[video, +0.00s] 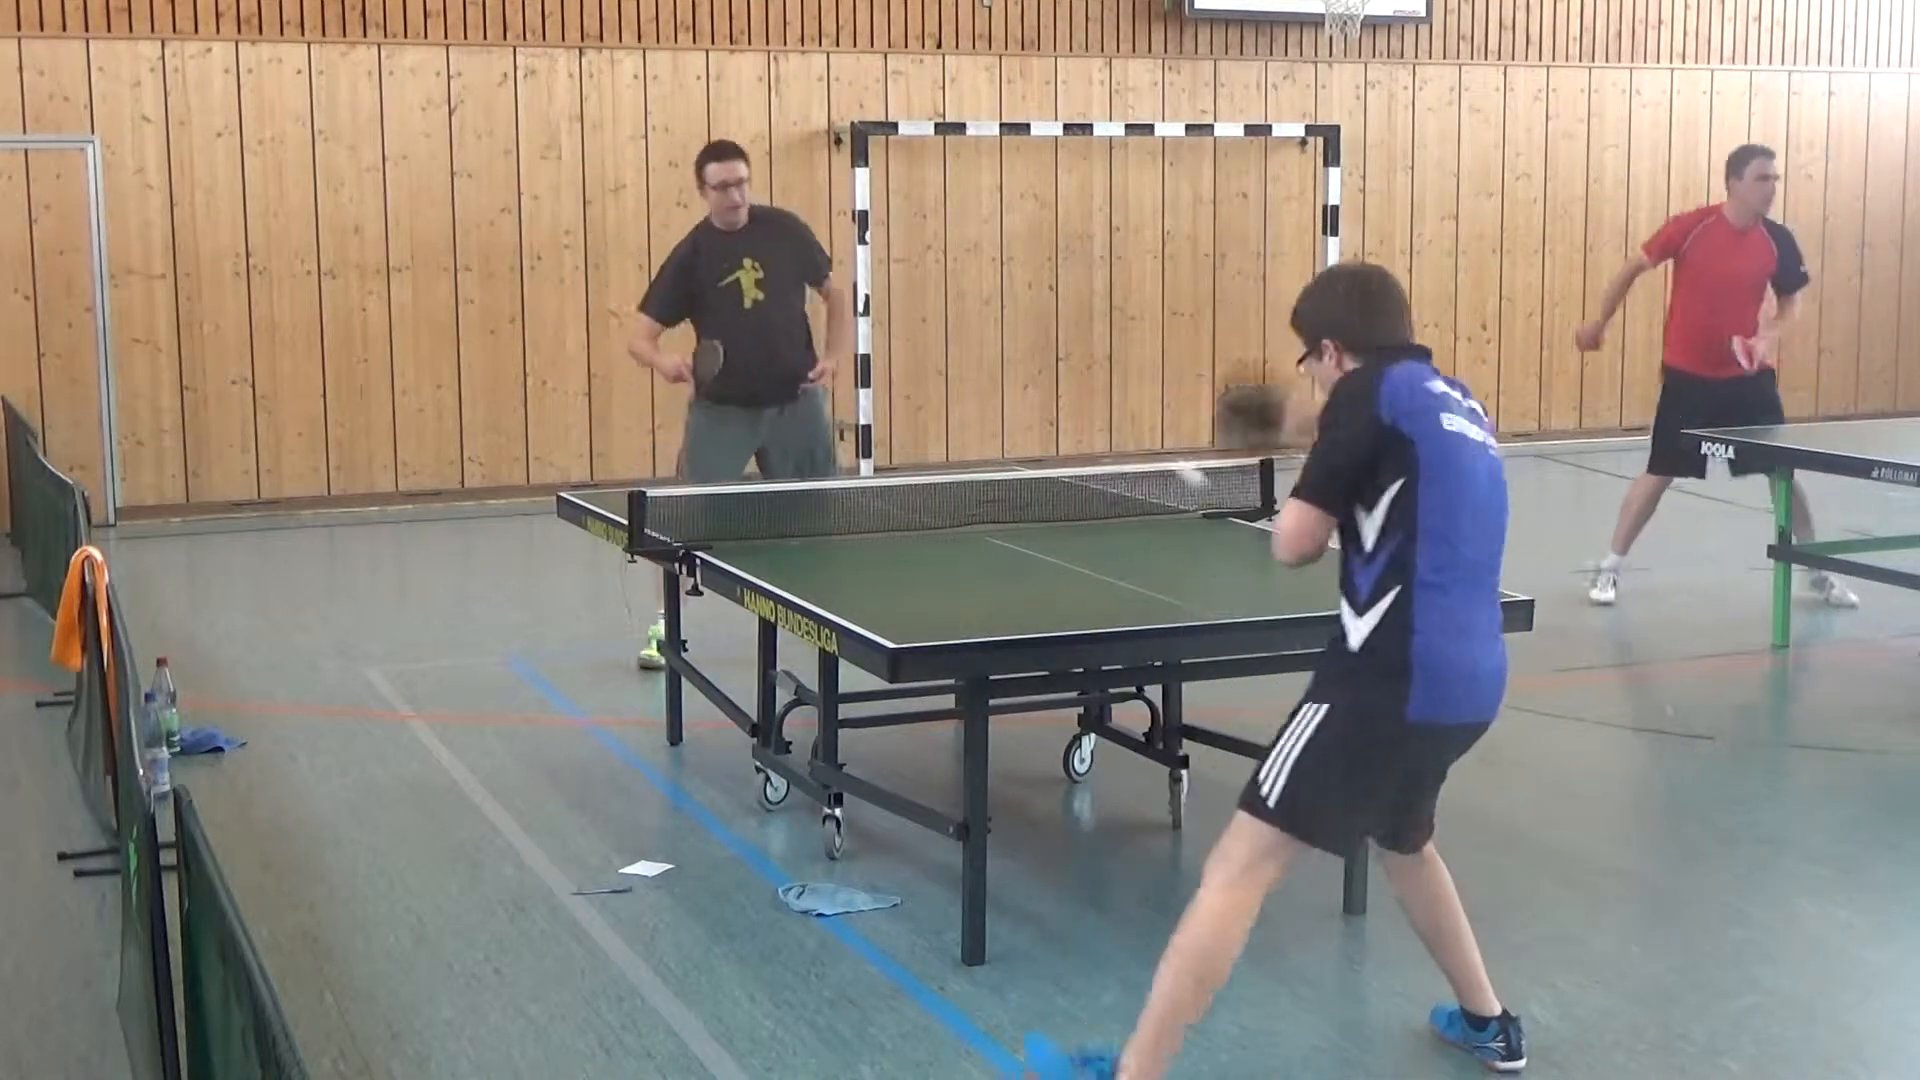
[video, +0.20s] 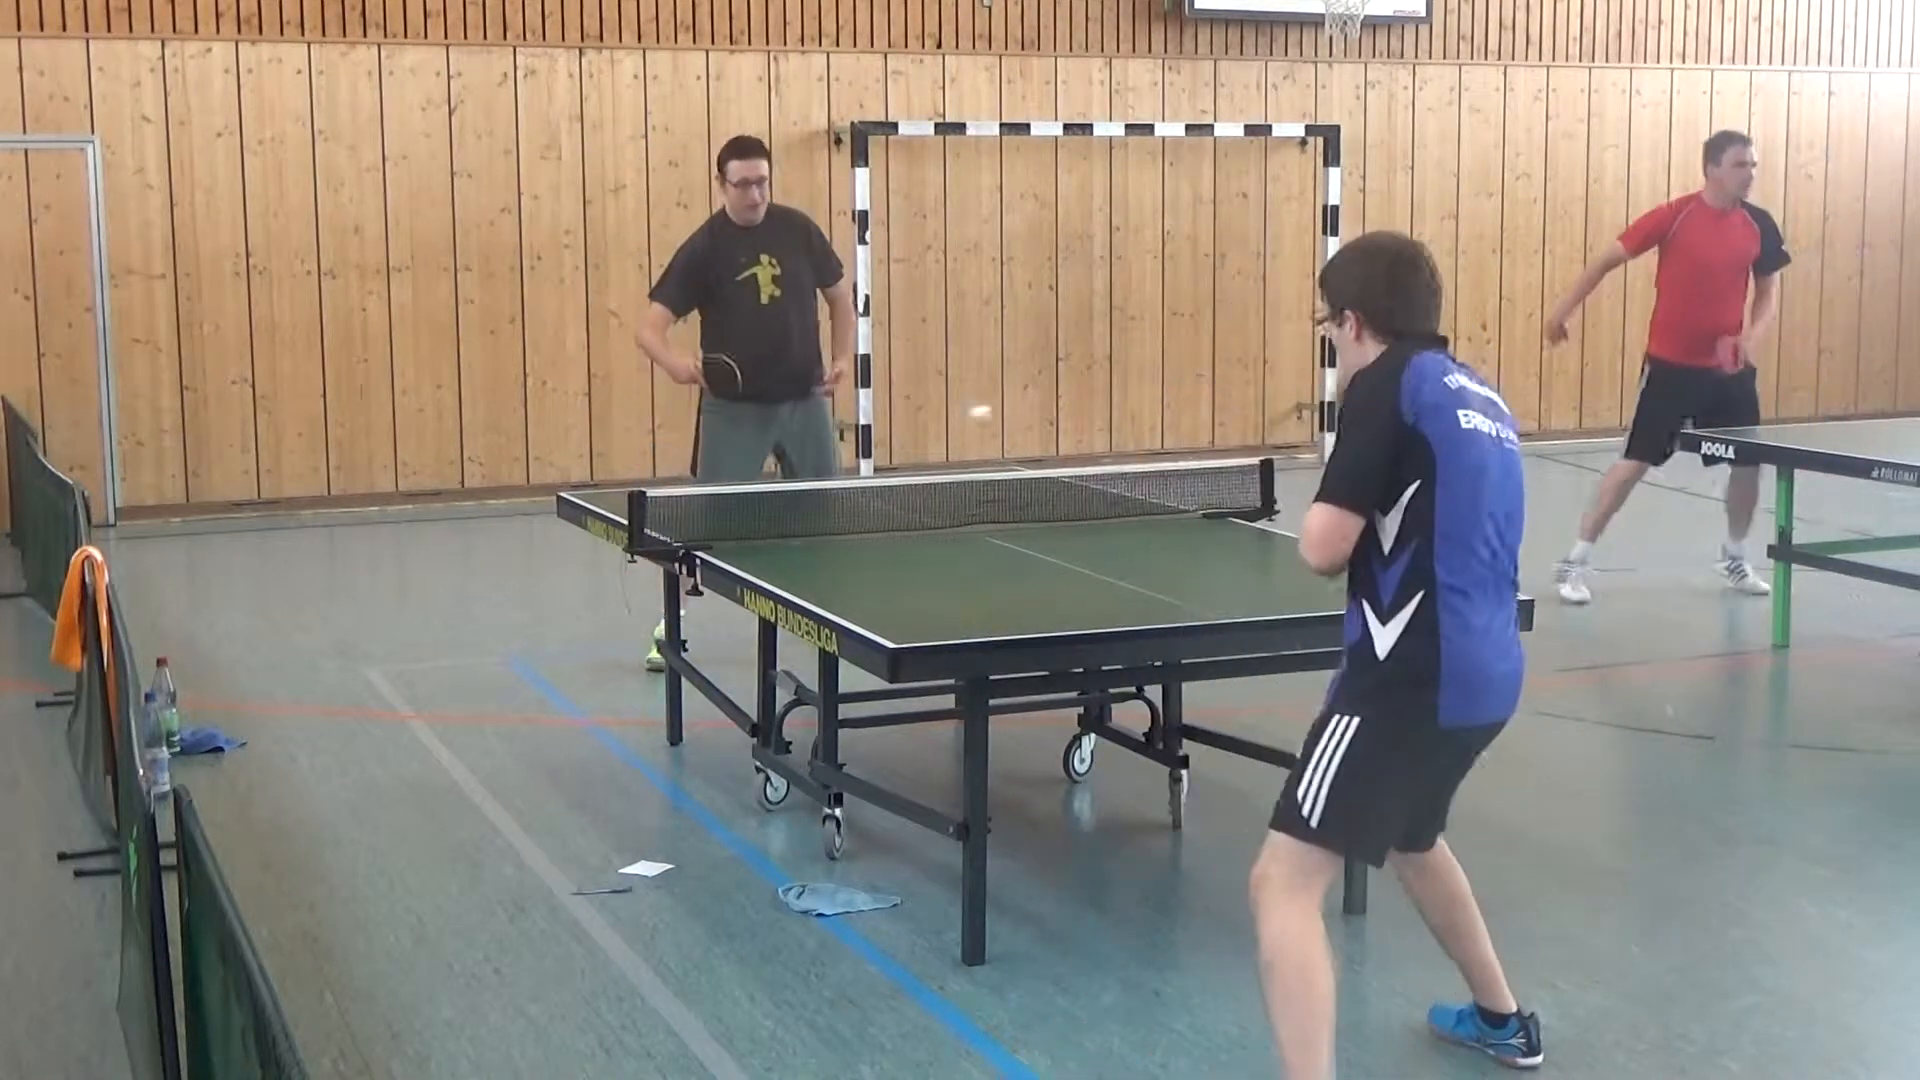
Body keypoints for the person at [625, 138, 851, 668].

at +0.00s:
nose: (733, 194)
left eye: (739, 183)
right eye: (720, 187)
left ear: (750, 182)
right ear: (702, 192)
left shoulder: (786, 229)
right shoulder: (692, 253)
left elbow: (837, 294)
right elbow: (639, 338)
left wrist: (835, 355)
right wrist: (661, 361)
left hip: (796, 406)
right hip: (721, 412)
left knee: (822, 520)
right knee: (688, 518)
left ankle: (835, 624)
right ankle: (668, 625)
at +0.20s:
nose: (753, 193)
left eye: (761, 182)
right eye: (742, 183)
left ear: (771, 181)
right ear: (722, 184)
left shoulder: (798, 229)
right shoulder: (704, 246)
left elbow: (840, 296)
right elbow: (649, 327)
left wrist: (842, 360)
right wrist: (671, 361)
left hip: (805, 404)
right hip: (733, 410)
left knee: (830, 518)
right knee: (708, 522)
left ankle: (839, 622)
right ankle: (673, 625)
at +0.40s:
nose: (751, 205)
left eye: (759, 194)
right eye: (740, 195)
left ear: (769, 189)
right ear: (719, 191)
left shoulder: (790, 232)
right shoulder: (699, 248)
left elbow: (826, 302)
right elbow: (651, 337)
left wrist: (837, 366)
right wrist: (684, 383)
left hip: (792, 408)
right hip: (719, 414)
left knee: (815, 518)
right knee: (691, 520)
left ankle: (827, 621)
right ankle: (670, 627)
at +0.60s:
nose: (742, 236)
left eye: (749, 224)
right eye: (731, 225)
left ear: (757, 219)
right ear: (707, 220)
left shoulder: (766, 259)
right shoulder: (682, 267)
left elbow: (796, 330)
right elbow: (649, 334)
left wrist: (816, 387)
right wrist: (687, 359)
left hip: (773, 417)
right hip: (701, 423)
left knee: (808, 517)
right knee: (672, 524)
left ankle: (817, 617)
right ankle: (666, 629)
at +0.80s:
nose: (690, 191)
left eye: (697, 180)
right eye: (677, 182)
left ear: (708, 184)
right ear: (656, 189)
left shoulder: (728, 229)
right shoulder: (648, 252)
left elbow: (762, 288)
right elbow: (604, 293)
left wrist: (800, 338)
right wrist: (581, 333)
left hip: (761, 402)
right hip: (698, 417)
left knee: (780, 514)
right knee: (682, 526)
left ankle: (798, 610)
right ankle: (668, 628)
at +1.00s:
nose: (665, 168)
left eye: (673, 157)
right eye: (653, 159)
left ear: (686, 163)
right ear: (635, 167)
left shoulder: (719, 208)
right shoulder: (632, 246)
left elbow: (765, 256)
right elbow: (601, 325)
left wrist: (804, 293)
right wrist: (591, 404)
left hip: (758, 377)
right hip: (694, 397)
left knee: (774, 504)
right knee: (689, 514)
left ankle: (778, 608)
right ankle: (669, 628)